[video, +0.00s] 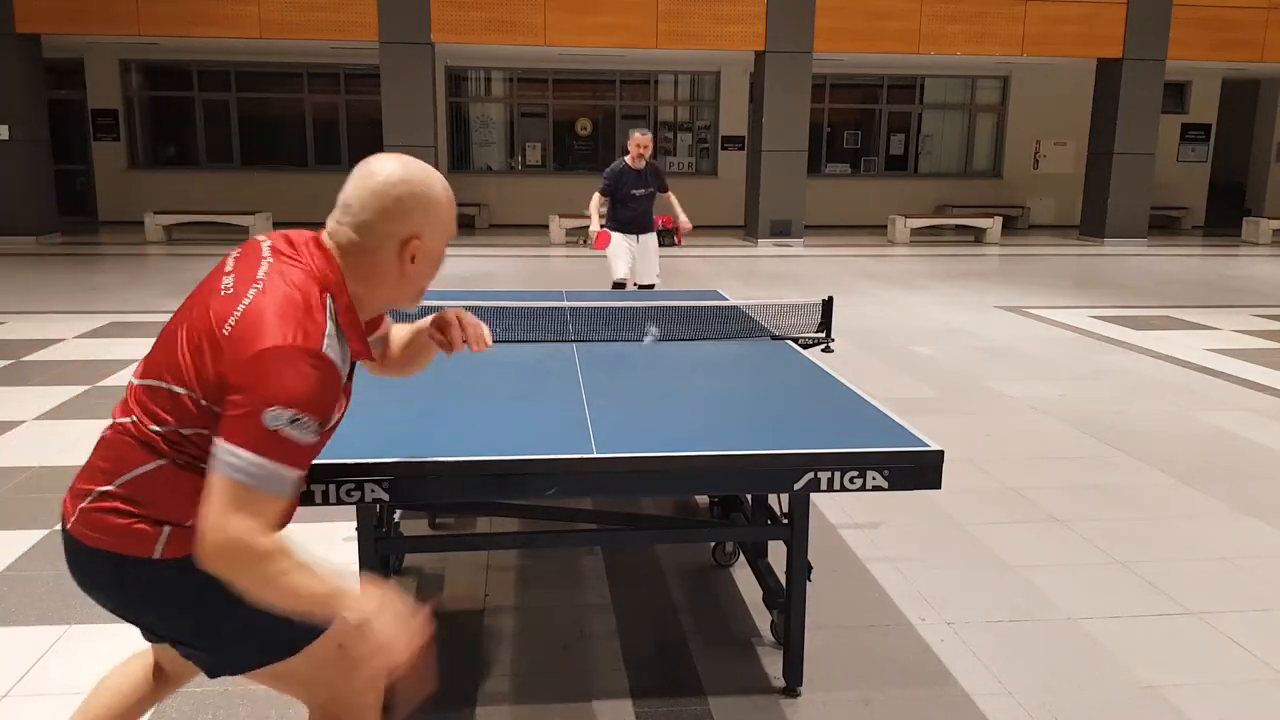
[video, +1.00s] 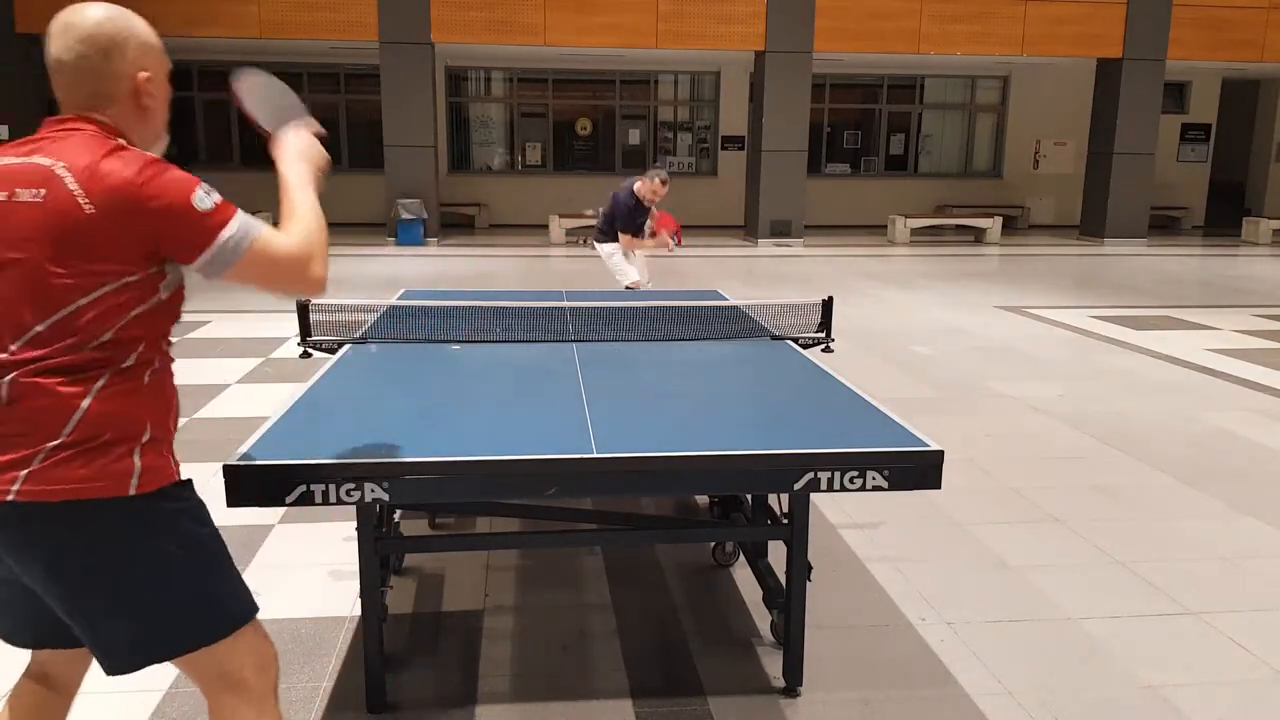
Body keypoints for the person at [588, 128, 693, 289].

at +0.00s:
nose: (642, 151)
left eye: (646, 147)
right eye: (638, 146)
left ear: (651, 148)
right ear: (629, 146)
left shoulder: (653, 170)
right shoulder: (616, 170)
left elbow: (669, 195)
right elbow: (597, 198)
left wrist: (682, 217)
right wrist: (595, 223)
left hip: (646, 235)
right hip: (618, 234)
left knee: (647, 284)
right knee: (621, 280)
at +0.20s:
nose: (630, 145)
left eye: (634, 141)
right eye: (626, 140)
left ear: (640, 143)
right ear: (617, 141)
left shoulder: (644, 166)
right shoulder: (605, 167)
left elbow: (653, 192)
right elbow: (589, 199)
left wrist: (657, 215)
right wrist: (593, 223)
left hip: (637, 234)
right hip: (608, 234)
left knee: (641, 282)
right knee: (598, 283)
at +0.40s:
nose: (627, 150)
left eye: (631, 146)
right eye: (623, 145)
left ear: (636, 147)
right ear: (614, 145)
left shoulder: (634, 170)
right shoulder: (600, 170)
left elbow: (638, 199)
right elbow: (584, 203)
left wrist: (644, 226)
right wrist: (589, 233)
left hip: (627, 236)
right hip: (599, 238)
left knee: (641, 278)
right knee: (590, 286)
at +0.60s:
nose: (636, 151)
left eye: (641, 147)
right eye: (632, 146)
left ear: (645, 149)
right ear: (622, 145)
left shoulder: (639, 169)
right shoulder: (607, 169)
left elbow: (639, 197)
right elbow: (584, 199)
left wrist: (646, 225)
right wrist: (600, 228)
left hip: (628, 236)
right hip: (601, 236)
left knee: (635, 281)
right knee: (595, 285)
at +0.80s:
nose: (649, 170)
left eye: (653, 166)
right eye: (646, 164)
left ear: (657, 167)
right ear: (635, 161)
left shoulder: (648, 180)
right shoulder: (619, 182)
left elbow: (649, 208)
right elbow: (609, 222)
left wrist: (659, 237)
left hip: (631, 234)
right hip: (605, 233)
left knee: (639, 280)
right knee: (617, 276)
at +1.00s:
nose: (656, 199)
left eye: (659, 197)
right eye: (654, 193)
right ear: (644, 182)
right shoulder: (624, 201)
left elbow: (651, 212)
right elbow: (626, 243)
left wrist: (662, 234)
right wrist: (655, 243)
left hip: (631, 239)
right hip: (607, 241)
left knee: (644, 282)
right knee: (633, 282)